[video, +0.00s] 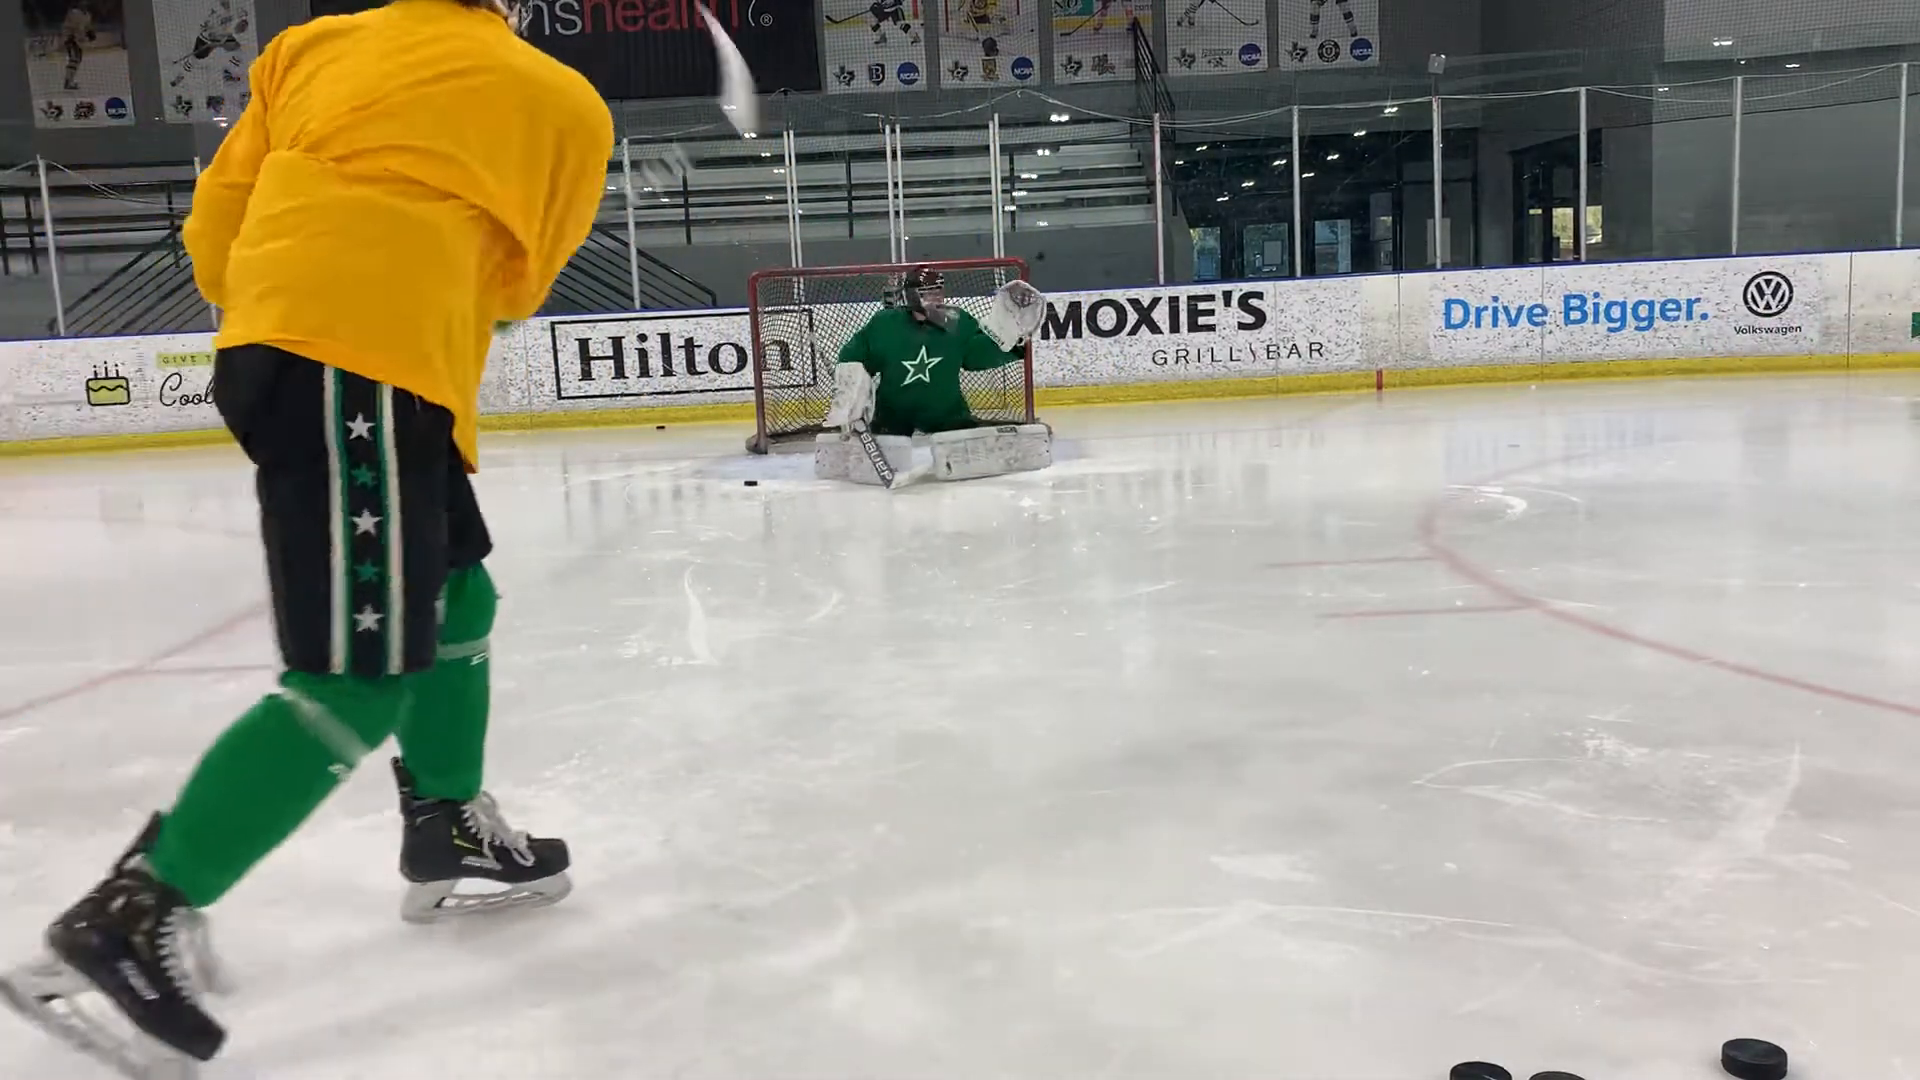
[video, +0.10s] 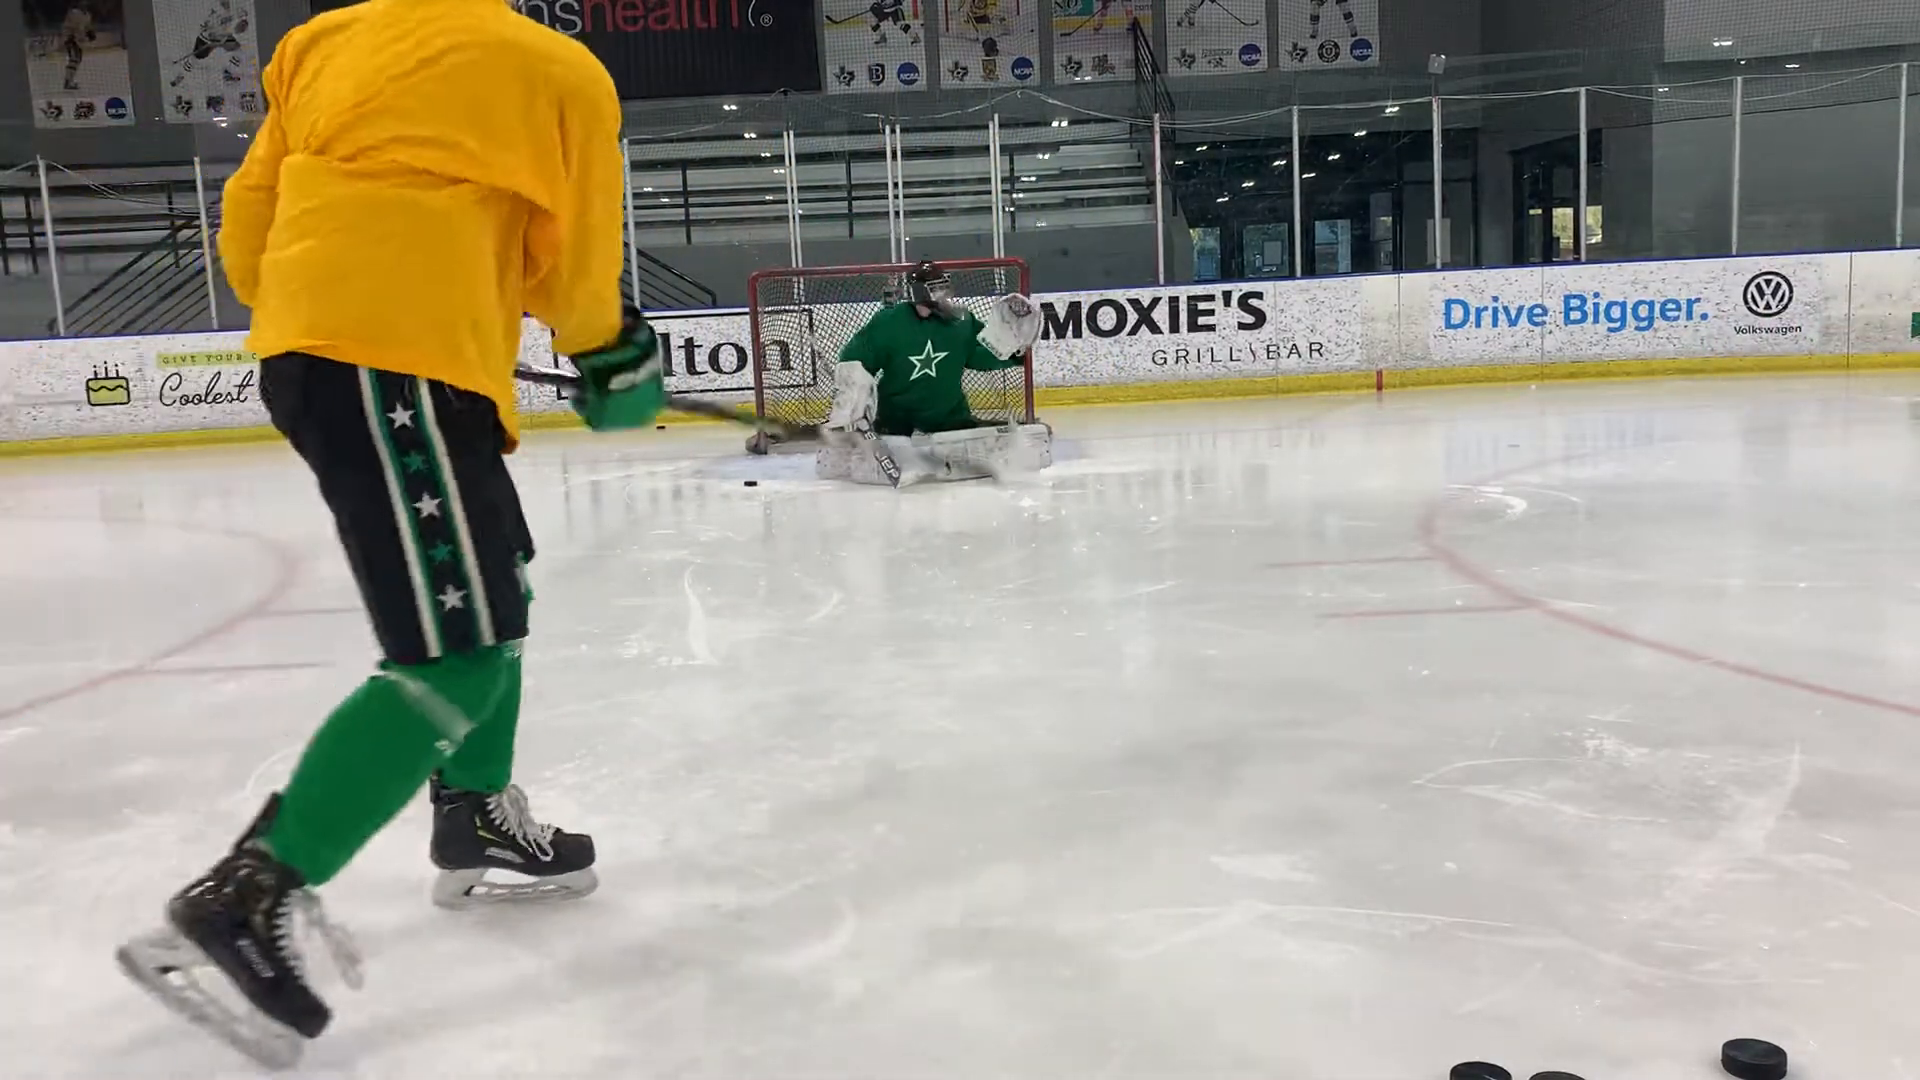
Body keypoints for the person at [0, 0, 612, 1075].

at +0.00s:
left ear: (401, 5)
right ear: (502, 14)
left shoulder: (312, 48)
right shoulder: (567, 97)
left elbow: (211, 219)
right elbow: (521, 282)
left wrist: (274, 329)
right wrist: (400, 311)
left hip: (269, 345)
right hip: (379, 357)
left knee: (456, 595)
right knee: (357, 681)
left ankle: (447, 825)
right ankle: (133, 913)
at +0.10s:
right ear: (520, 6)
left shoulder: (335, 40)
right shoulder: (565, 65)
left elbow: (243, 226)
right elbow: (584, 275)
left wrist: (315, 317)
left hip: (307, 345)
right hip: (407, 351)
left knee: (495, 583)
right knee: (454, 659)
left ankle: (476, 811)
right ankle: (249, 891)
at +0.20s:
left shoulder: (365, 29)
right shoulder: (574, 47)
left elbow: (291, 219)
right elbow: (599, 245)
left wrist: (365, 311)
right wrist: (647, 382)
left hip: (349, 338)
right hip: (441, 342)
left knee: (481, 606)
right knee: (521, 636)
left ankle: (480, 812)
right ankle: (349, 891)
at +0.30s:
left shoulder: (402, 22)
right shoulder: (569, 30)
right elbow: (588, 238)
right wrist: (651, 381)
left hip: (392, 326)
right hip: (462, 331)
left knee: (504, 606)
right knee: (559, 619)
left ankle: (483, 826)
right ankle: (445, 897)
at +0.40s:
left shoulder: (445, 16)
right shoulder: (563, 14)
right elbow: (580, 222)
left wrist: (658, 368)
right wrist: (682, 369)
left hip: (437, 320)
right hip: (474, 326)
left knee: (527, 602)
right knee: (571, 616)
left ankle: (510, 832)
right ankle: (496, 895)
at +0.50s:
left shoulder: (563, 15)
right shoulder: (538, 10)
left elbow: (579, 201)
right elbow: (575, 201)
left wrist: (693, 348)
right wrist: (685, 355)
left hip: (520, 324)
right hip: (485, 327)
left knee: (577, 610)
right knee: (580, 620)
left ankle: (538, 827)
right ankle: (518, 896)